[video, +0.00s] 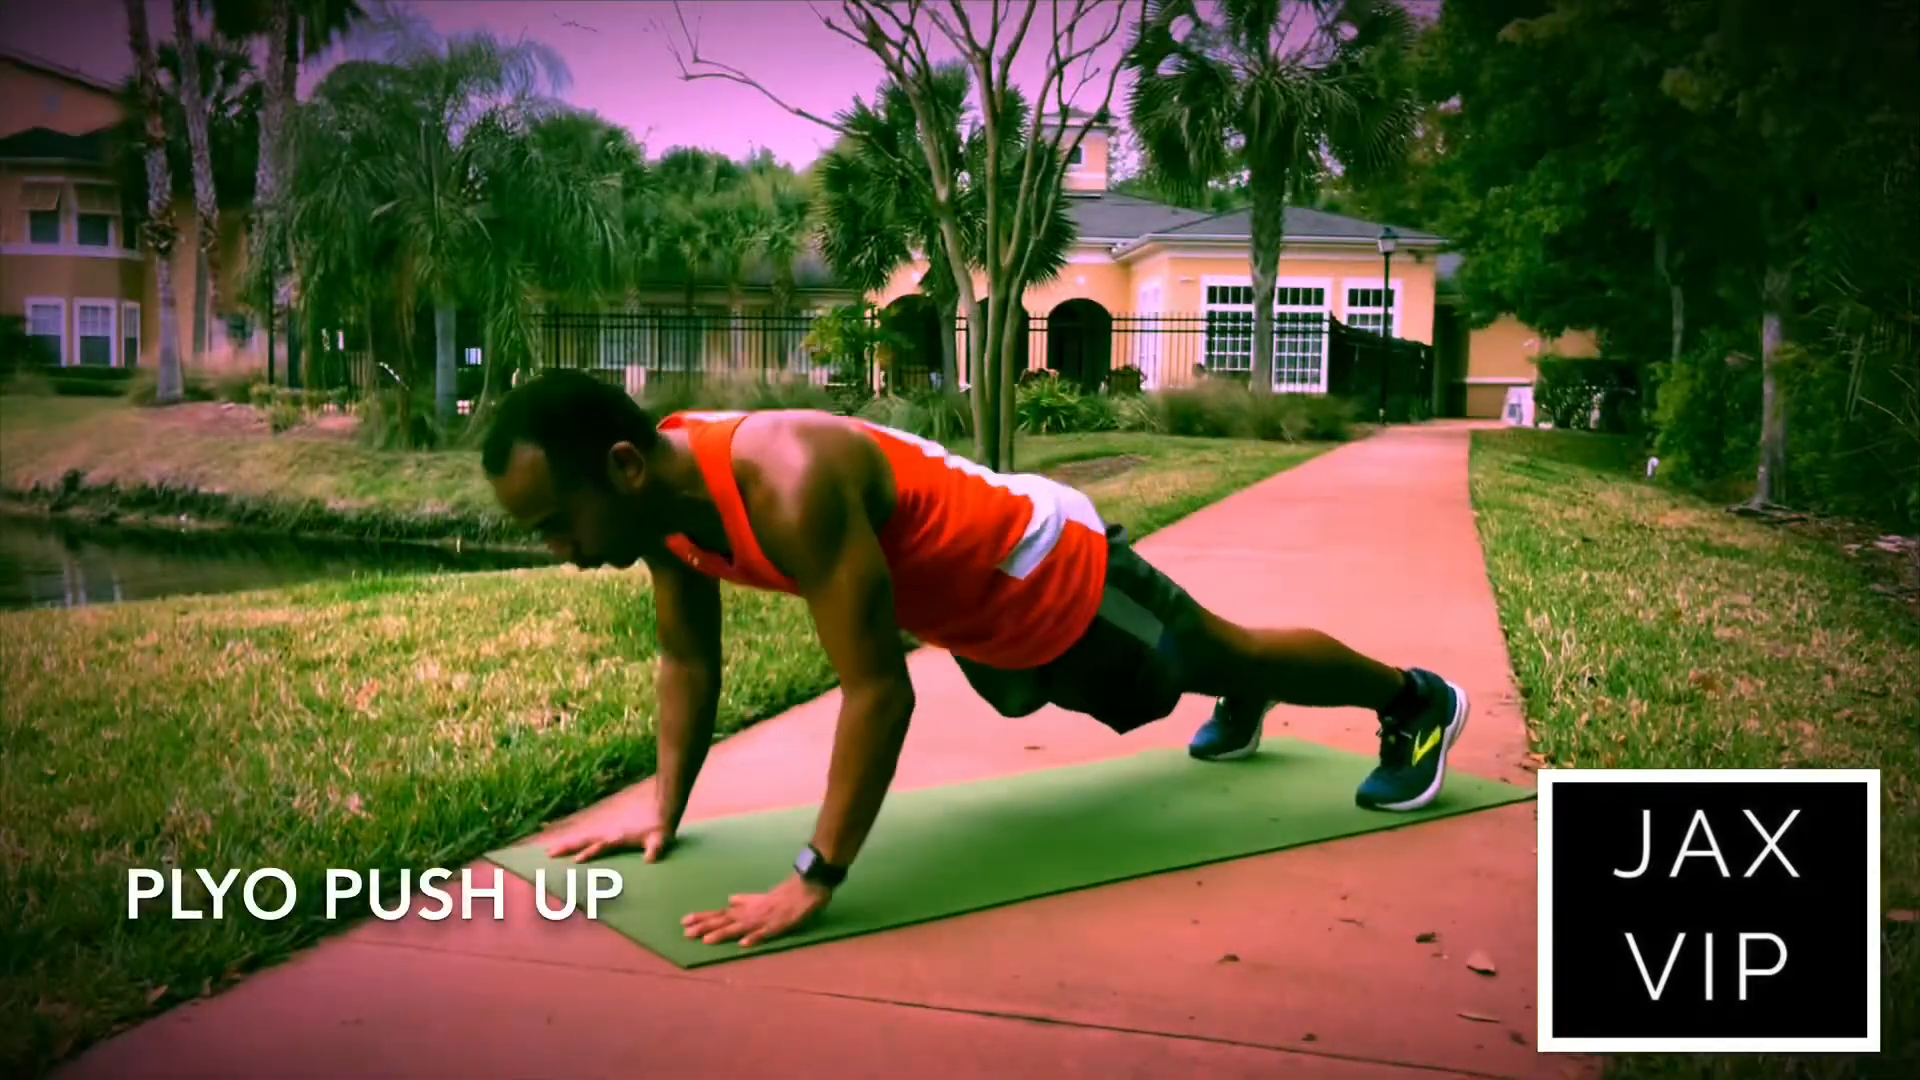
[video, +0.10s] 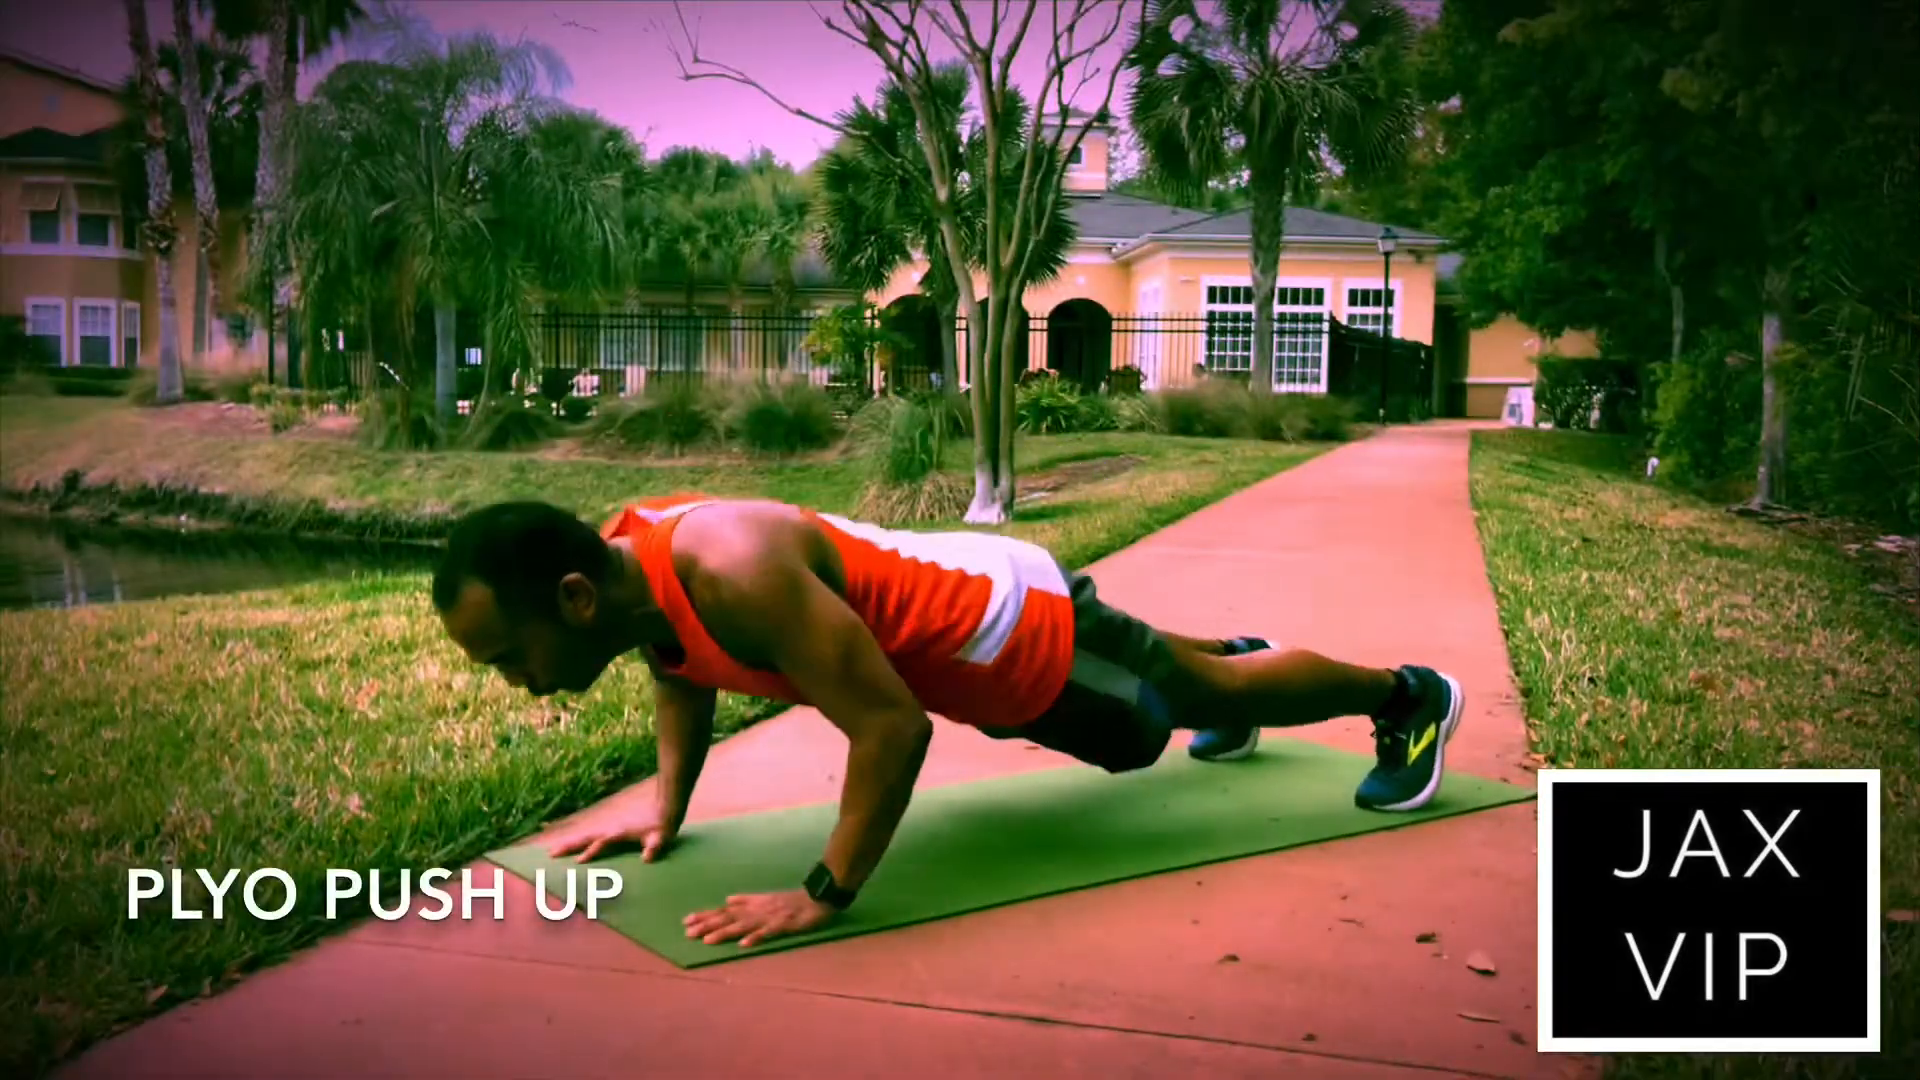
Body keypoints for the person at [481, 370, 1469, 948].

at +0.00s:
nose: (559, 550)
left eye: (555, 523)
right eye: (541, 533)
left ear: (621, 463)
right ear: (604, 468)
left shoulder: (795, 477)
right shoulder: (668, 503)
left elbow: (878, 694)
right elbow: (686, 656)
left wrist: (814, 880)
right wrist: (666, 813)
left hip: (1058, 572)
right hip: (983, 610)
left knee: (1234, 654)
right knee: (1126, 669)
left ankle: (1414, 697)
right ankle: (1244, 685)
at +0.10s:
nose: (513, 677)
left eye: (510, 654)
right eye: (495, 662)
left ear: (574, 593)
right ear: (561, 586)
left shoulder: (734, 568)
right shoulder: (629, 570)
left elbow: (894, 728)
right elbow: (683, 676)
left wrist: (828, 894)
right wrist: (667, 810)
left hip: (1031, 627)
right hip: (968, 645)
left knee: (1217, 682)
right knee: (1129, 709)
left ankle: (1407, 695)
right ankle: (1224, 711)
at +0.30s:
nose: (452, 817)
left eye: (452, 795)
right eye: (437, 800)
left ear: (523, 735)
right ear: (514, 726)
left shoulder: (685, 698)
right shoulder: (578, 663)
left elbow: (888, 737)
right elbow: (716, 703)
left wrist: (825, 896)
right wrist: (659, 807)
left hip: (999, 722)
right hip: (925, 666)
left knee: (1199, 732)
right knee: (1059, 684)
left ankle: (1390, 691)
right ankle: (1214, 659)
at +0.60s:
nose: (455, 720)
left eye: (459, 694)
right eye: (441, 701)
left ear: (542, 649)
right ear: (524, 647)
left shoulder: (701, 653)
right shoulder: (597, 621)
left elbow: (889, 742)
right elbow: (666, 691)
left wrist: (830, 894)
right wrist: (659, 796)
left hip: (1015, 702)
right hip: (938, 683)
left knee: (1209, 729)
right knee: (1094, 697)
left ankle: (1395, 695)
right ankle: (1203, 657)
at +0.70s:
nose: (490, 622)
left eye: (492, 595)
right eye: (475, 601)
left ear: (575, 549)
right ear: (566, 553)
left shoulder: (730, 577)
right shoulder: (633, 582)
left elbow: (891, 734)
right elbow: (678, 676)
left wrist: (831, 895)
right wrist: (666, 802)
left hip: (1033, 665)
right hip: (957, 673)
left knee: (1219, 716)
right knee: (1114, 693)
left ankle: (1404, 695)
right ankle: (1218, 655)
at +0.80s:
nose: (529, 508)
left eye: (537, 482)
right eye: (516, 487)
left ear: (621, 447)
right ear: (592, 457)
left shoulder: (759, 503)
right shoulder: (644, 527)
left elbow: (856, 705)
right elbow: (670, 665)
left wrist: (826, 889)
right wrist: (664, 808)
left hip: (1041, 593)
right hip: (967, 647)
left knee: (1214, 683)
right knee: (1115, 699)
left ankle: (1410, 695)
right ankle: (1235, 697)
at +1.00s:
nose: (598, 395)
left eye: (599, 368)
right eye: (582, 379)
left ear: (674, 316)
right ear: (663, 324)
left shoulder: (839, 358)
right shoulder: (717, 394)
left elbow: (953, 550)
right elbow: (728, 516)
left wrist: (801, 630)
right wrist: (671, 609)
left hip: (1073, 523)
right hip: (993, 558)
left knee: (1233, 636)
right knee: (1117, 637)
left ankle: (1418, 697)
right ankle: (1251, 673)